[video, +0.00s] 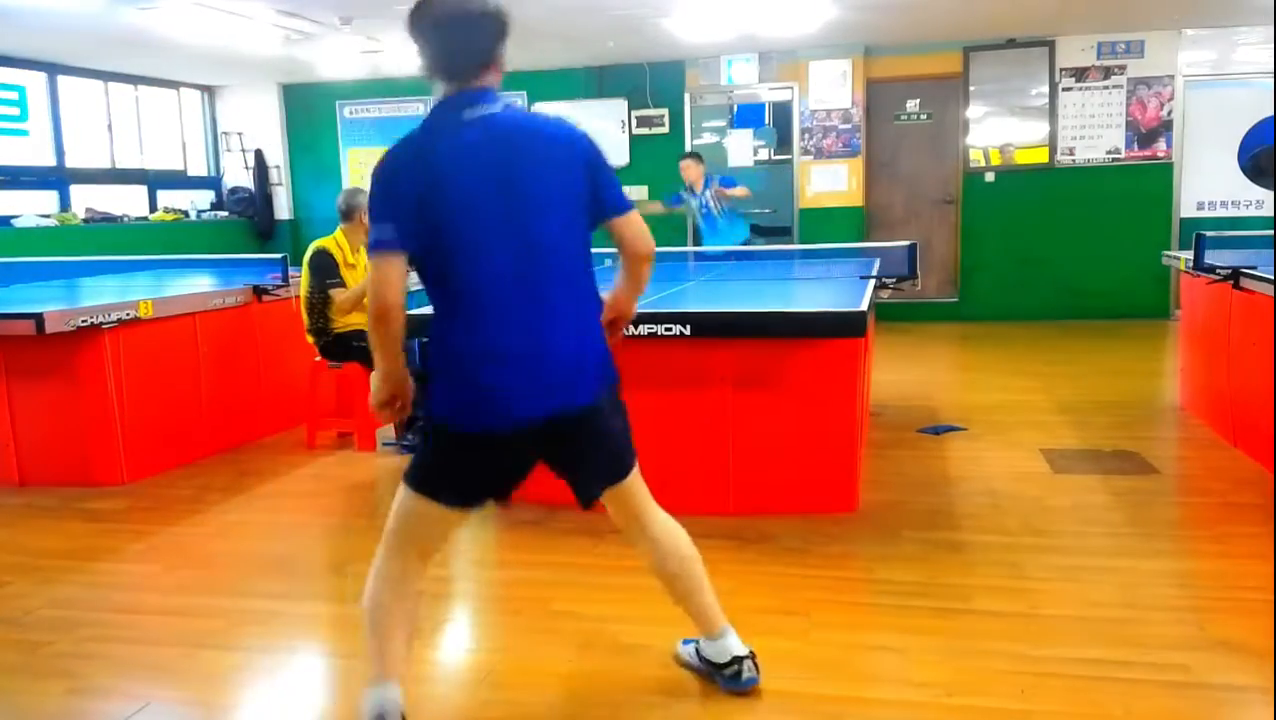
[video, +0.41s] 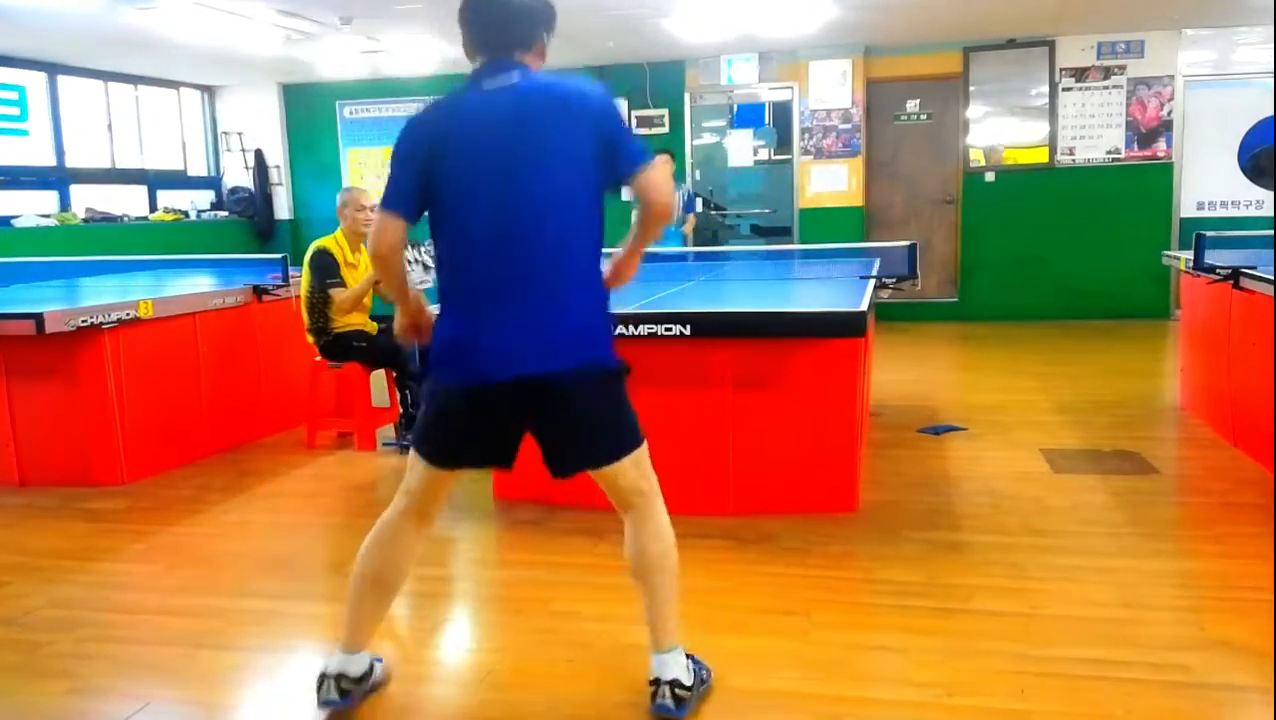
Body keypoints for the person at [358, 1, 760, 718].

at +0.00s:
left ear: (424, 62)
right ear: (498, 56)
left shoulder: (405, 164)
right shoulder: (563, 139)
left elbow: (385, 297)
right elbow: (638, 244)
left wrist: (390, 372)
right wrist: (625, 298)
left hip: (479, 397)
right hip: (580, 382)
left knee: (403, 552)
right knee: (644, 514)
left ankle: (385, 696)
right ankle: (727, 646)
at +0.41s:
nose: (549, 45)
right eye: (548, 36)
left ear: (469, 43)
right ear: (541, 42)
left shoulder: (431, 123)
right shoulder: (586, 102)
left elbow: (385, 242)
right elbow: (660, 196)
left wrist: (406, 303)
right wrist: (629, 259)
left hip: (471, 362)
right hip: (574, 356)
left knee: (409, 509)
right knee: (640, 503)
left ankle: (345, 661)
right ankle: (669, 664)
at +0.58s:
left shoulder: (426, 17)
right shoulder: (576, 8)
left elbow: (376, 113)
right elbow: (663, 66)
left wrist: (404, 195)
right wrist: (651, 150)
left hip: (482, 278)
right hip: (580, 268)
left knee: (422, 449)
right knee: (630, 462)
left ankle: (362, 611)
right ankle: (675, 627)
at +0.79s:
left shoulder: (410, 10)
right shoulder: (580, 6)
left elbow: (378, 108)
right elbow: (647, 95)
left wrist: (385, 217)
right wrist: (694, 203)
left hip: (482, 278)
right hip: (584, 266)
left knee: (430, 466)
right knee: (651, 458)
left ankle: (370, 634)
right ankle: (705, 618)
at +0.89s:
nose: (516, 26)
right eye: (516, 18)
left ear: (434, 33)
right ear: (511, 25)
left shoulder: (409, 123)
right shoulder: (574, 100)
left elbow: (383, 244)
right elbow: (652, 213)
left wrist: (387, 320)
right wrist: (704, 317)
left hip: (484, 381)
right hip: (587, 369)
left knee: (427, 552)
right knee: (656, 519)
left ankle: (380, 708)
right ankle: (721, 675)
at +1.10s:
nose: (495, 23)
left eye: (488, 16)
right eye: (494, 15)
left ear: (411, 13)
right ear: (482, 13)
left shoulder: (353, 84)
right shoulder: (521, 86)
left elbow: (298, 194)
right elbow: (588, 214)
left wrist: (357, 270)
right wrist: (625, 313)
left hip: (377, 352)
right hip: (483, 347)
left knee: (376, 524)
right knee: (566, 506)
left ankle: (351, 699)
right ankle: (612, 678)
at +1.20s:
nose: (473, 13)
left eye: (469, 9)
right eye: (472, 7)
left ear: (389, 3)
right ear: (458, 5)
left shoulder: (322, 67)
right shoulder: (494, 72)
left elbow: (264, 191)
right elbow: (549, 214)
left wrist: (307, 257)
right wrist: (578, 314)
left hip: (332, 341)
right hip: (440, 343)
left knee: (319, 513)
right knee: (491, 536)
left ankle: (268, 689)